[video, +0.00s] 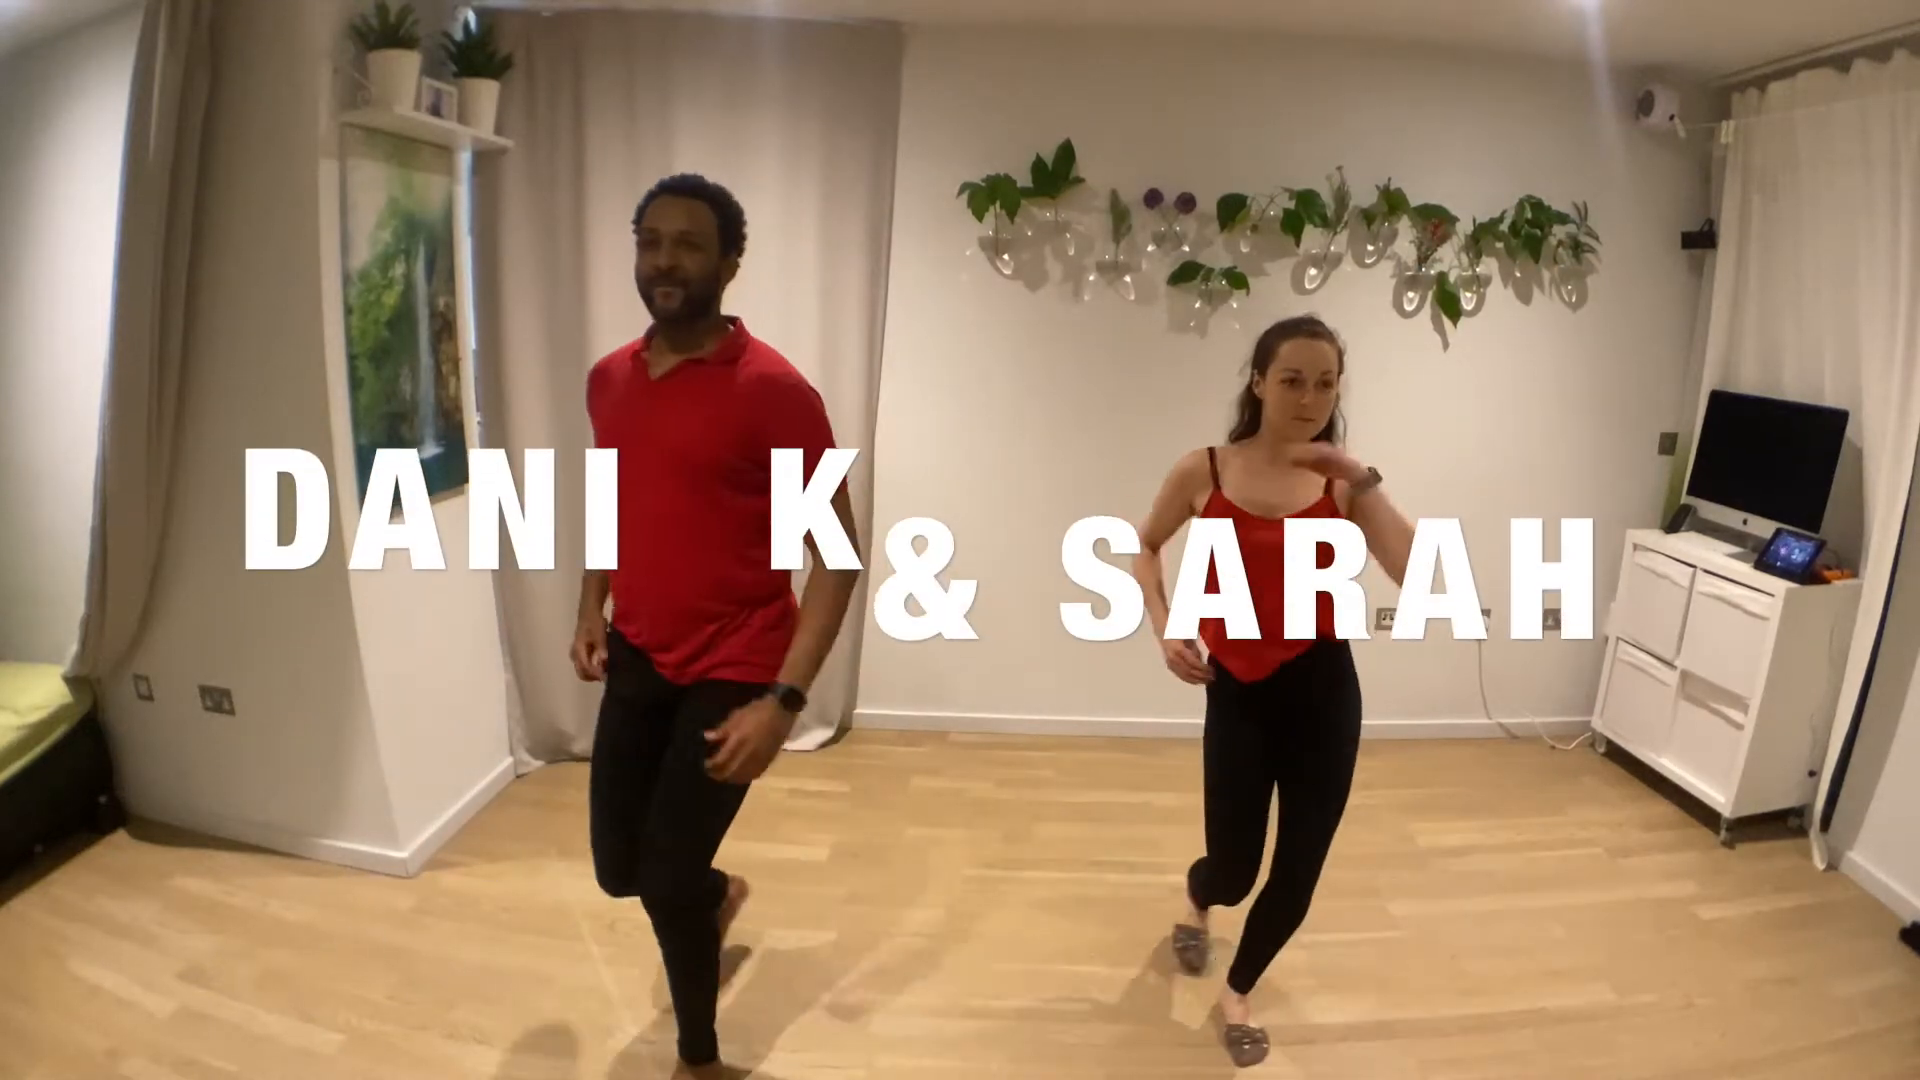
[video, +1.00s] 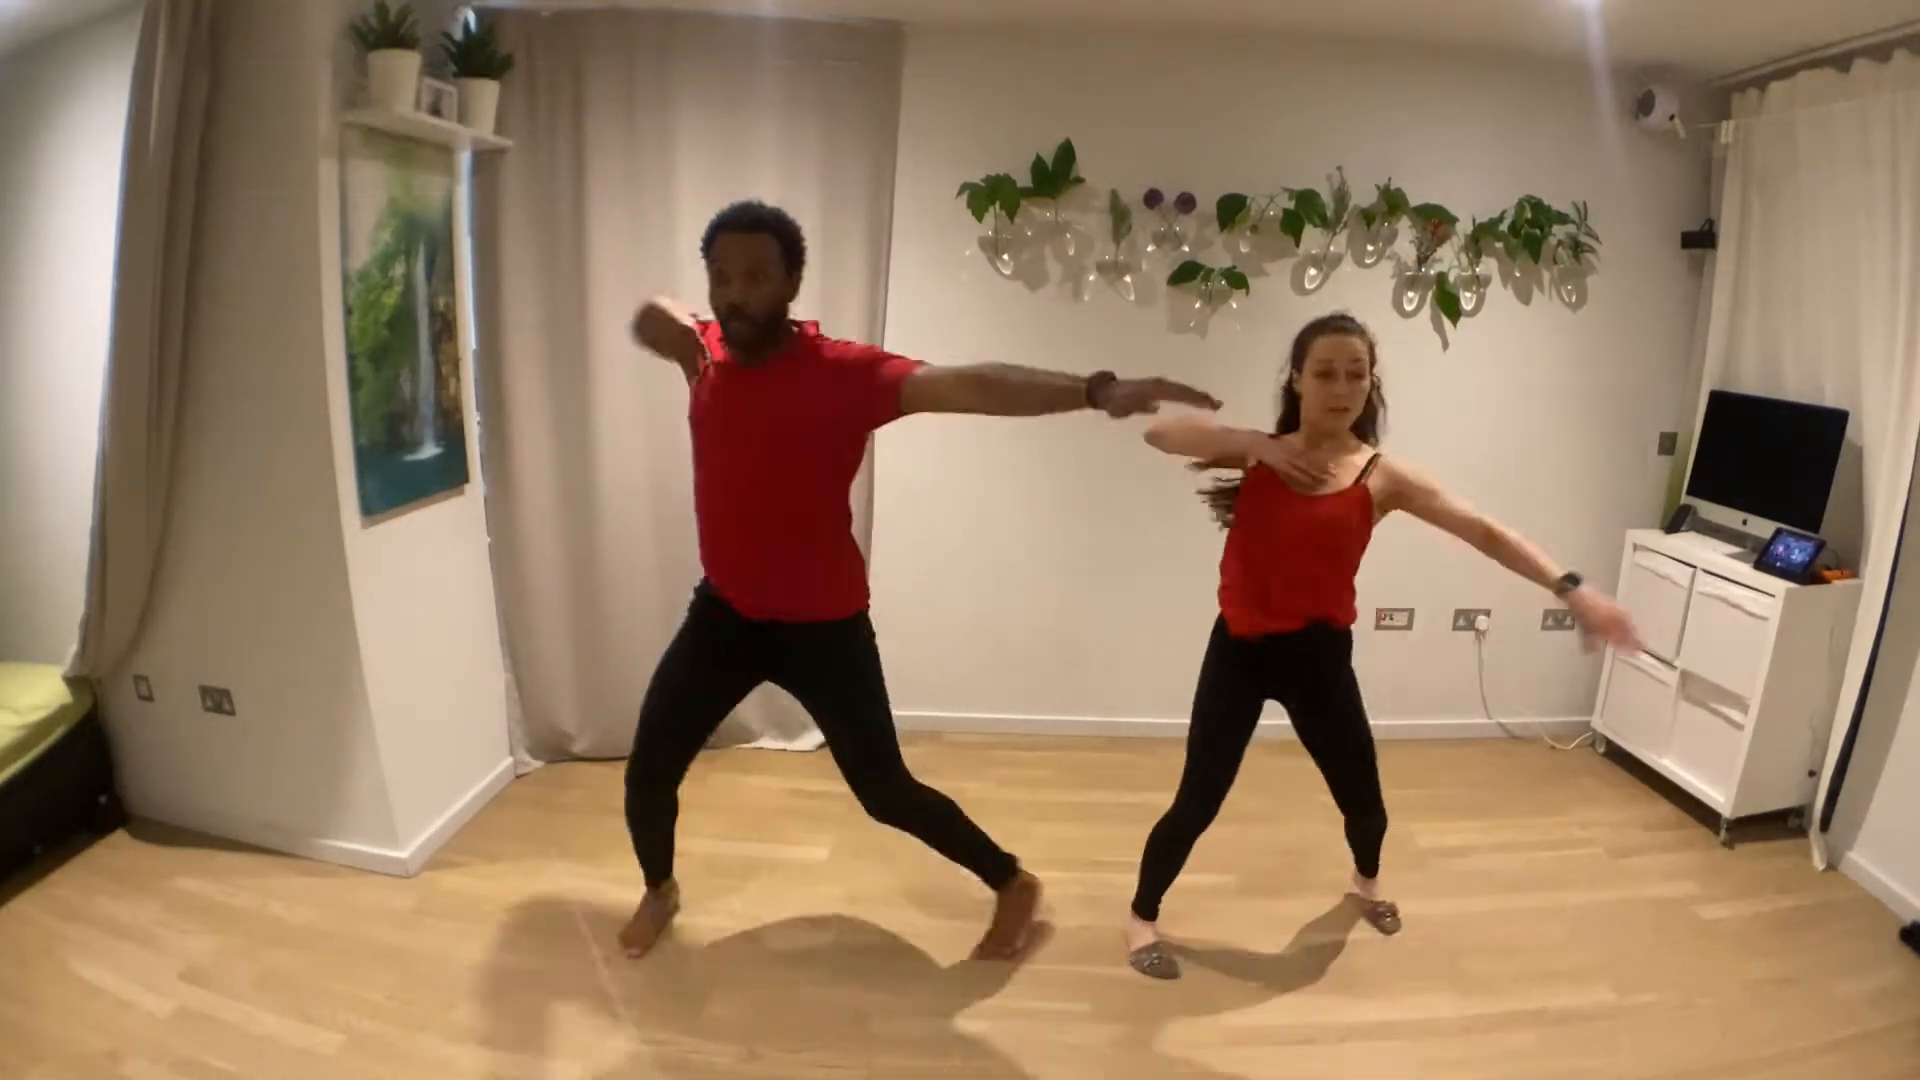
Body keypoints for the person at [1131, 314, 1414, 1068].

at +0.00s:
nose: (1310, 397)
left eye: (1325, 382)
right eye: (1294, 380)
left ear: (1339, 391)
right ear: (1259, 384)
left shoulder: (1347, 479)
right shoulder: (1202, 471)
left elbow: (1415, 572)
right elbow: (1146, 546)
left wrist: (1366, 489)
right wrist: (1164, 631)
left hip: (1323, 692)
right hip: (1237, 694)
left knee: (1298, 874)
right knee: (1234, 877)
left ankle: (1237, 995)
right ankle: (1194, 899)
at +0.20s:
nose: (1333, 394)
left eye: (1337, 380)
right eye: (1317, 378)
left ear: (1332, 391)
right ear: (1263, 383)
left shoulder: (1341, 492)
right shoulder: (1198, 472)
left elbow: (1333, 595)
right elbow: (1111, 554)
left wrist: (1328, 598)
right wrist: (1084, 647)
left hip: (1300, 680)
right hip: (1219, 678)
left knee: (1308, 849)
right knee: (1222, 853)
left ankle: (1252, 983)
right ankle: (1165, 914)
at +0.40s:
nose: (1338, 394)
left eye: (1338, 377)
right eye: (1328, 377)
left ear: (1290, 383)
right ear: (1281, 381)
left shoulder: (1306, 452)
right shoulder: (1232, 480)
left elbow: (1351, 501)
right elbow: (1305, 587)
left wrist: (1352, 525)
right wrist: (1335, 688)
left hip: (1280, 666)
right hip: (1207, 672)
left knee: (1334, 811)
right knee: (1199, 828)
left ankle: (1244, 840)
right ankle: (1172, 924)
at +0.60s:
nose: (1362, 380)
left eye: (1359, 364)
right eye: (1349, 366)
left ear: (1302, 373)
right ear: (1301, 374)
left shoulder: (1276, 448)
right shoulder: (1307, 462)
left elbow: (1185, 461)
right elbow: (1453, 474)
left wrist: (1112, 444)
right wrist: (1571, 484)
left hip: (1304, 657)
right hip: (1247, 655)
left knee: (1360, 798)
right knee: (1219, 812)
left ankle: (1344, 894)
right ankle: (1138, 910)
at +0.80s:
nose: (1338, 394)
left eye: (1350, 380)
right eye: (1319, 380)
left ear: (1365, 390)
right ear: (1289, 391)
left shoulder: (1352, 469)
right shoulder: (1280, 470)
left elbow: (1390, 544)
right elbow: (1414, 506)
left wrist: (1421, 567)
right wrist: (1439, 464)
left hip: (1341, 657)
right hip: (1275, 657)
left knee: (1381, 790)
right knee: (1250, 837)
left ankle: (1344, 891)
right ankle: (1138, 914)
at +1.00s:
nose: (1340, 387)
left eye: (1355, 373)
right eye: (1325, 371)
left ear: (1370, 384)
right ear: (1296, 380)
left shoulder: (1383, 476)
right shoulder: (1261, 451)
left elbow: (1484, 533)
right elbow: (1160, 432)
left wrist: (1574, 591)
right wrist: (1255, 447)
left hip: (1319, 657)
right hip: (1239, 650)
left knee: (1365, 806)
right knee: (1198, 803)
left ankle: (1365, 884)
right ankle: (1141, 918)